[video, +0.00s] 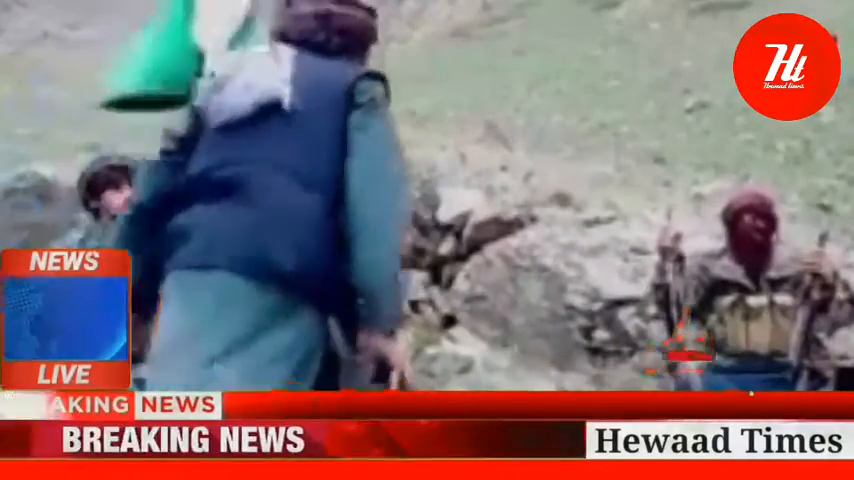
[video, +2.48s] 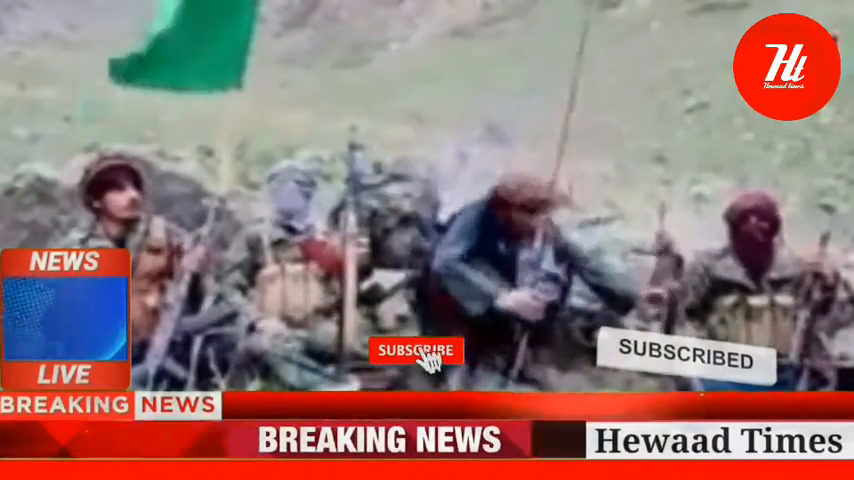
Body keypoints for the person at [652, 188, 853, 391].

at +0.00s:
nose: (759, 224)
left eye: (765, 218)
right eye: (750, 216)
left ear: (774, 227)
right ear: (732, 224)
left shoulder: (796, 270)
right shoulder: (705, 268)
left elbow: (825, 323)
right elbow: (675, 317)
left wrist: (829, 285)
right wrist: (668, 265)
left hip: (784, 373)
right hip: (723, 373)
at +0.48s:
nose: (762, 224)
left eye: (766, 217)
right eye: (752, 215)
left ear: (774, 225)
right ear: (732, 221)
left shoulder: (794, 267)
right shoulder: (706, 268)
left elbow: (827, 322)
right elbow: (673, 313)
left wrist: (828, 288)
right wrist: (667, 265)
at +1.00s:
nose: (762, 225)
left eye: (767, 219)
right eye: (753, 217)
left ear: (773, 226)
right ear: (731, 224)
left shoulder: (794, 269)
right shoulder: (703, 268)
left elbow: (831, 319)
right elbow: (675, 314)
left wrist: (827, 288)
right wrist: (665, 267)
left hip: (786, 377)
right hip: (720, 378)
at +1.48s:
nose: (755, 223)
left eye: (762, 216)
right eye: (746, 216)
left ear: (773, 226)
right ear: (730, 226)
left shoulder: (794, 267)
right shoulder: (705, 267)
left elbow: (836, 319)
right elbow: (675, 309)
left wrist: (828, 286)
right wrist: (665, 267)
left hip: (786, 372)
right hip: (721, 373)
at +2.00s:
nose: (752, 225)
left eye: (761, 217)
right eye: (743, 217)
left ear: (774, 227)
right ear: (731, 227)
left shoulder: (797, 270)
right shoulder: (706, 269)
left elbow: (835, 317)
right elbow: (676, 310)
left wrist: (830, 285)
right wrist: (664, 270)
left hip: (786, 378)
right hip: (721, 378)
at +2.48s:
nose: (754, 225)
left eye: (762, 218)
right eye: (746, 218)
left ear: (774, 227)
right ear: (733, 226)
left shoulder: (796, 269)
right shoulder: (707, 267)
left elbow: (825, 319)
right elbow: (681, 306)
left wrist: (830, 290)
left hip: (784, 373)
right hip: (721, 372)